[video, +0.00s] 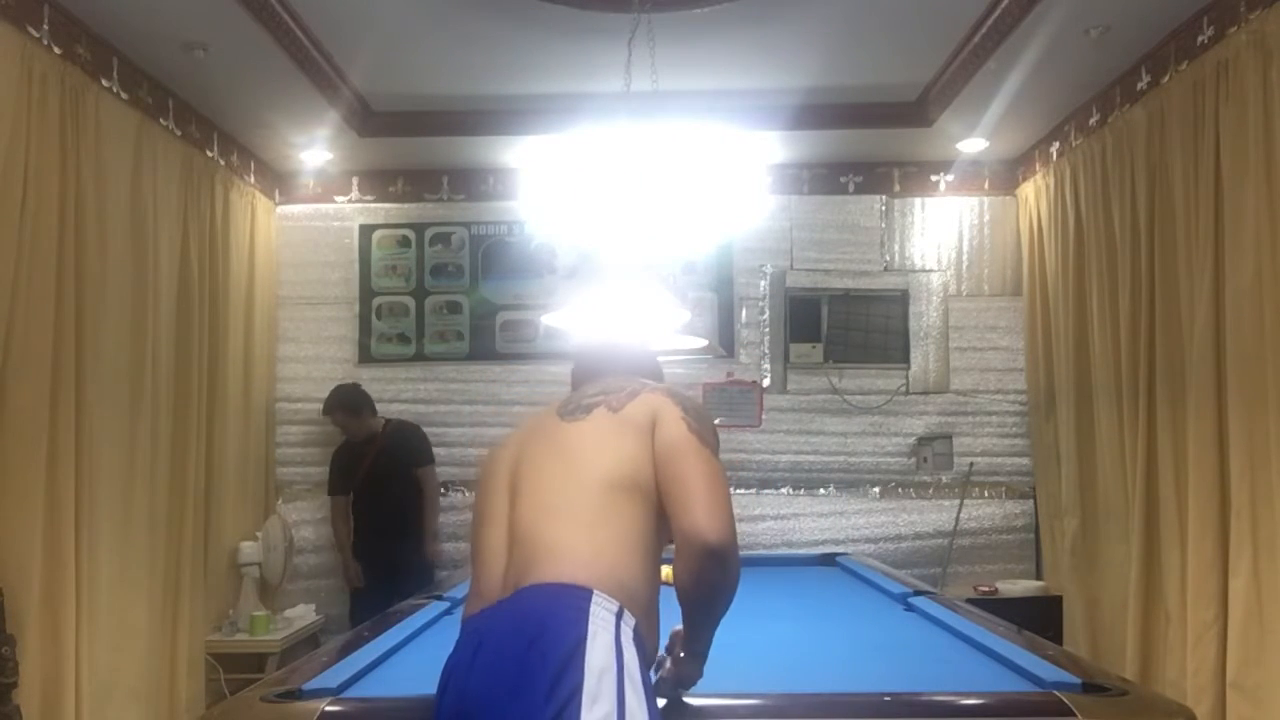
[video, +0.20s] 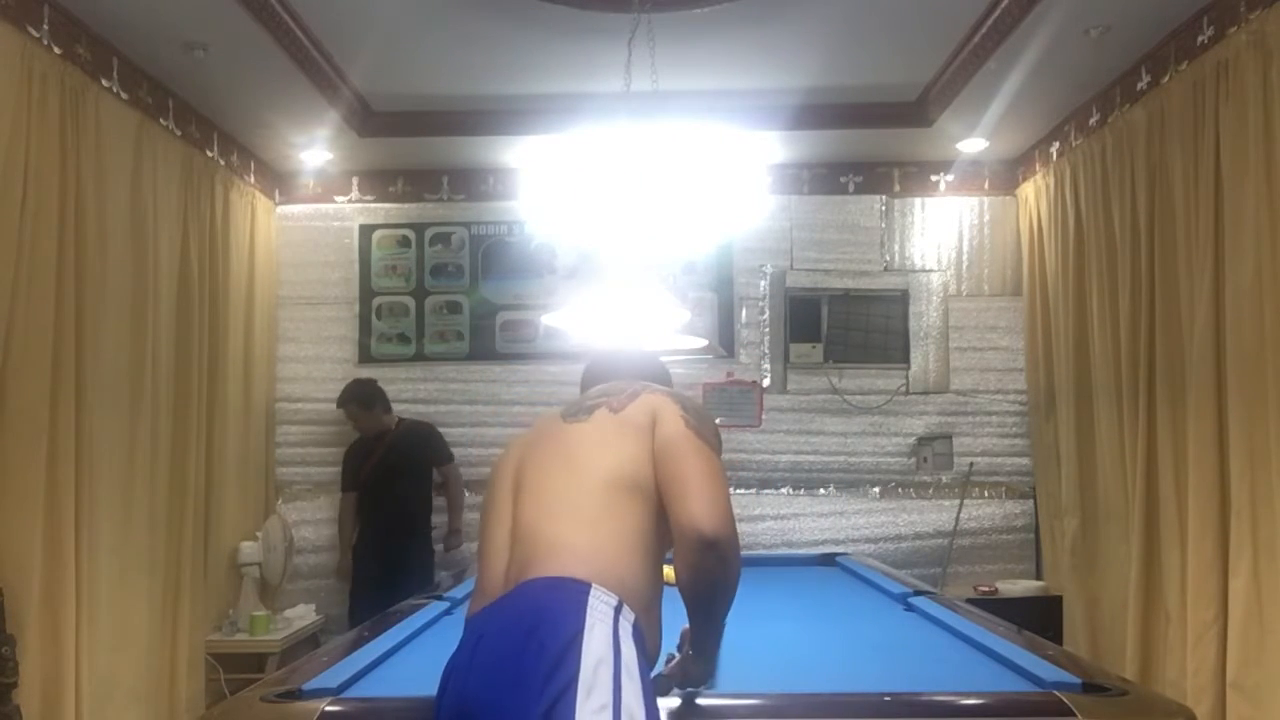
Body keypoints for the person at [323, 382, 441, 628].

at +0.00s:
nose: (342, 432)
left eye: (343, 425)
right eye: (338, 426)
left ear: (361, 413)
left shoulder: (407, 435)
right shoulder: (344, 455)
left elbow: (431, 489)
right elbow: (340, 513)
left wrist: (430, 541)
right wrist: (348, 560)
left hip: (411, 554)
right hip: (369, 558)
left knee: (415, 629)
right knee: (368, 633)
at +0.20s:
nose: (353, 426)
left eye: (354, 418)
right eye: (350, 420)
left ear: (373, 408)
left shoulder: (423, 434)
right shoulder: (356, 451)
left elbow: (453, 478)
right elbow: (348, 507)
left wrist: (454, 530)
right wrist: (345, 555)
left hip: (413, 553)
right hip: (370, 555)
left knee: (414, 627)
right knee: (366, 630)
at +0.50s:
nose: (375, 419)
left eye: (379, 411)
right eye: (371, 413)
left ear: (399, 403)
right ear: (368, 410)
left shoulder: (435, 438)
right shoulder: (368, 449)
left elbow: (457, 488)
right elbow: (351, 499)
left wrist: (448, 537)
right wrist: (346, 549)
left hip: (421, 553)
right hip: (376, 554)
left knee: (422, 628)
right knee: (363, 631)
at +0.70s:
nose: (382, 413)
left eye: (387, 405)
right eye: (376, 407)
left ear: (404, 400)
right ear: (369, 408)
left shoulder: (432, 439)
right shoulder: (363, 444)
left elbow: (455, 484)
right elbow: (337, 487)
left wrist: (450, 533)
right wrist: (345, 534)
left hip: (420, 550)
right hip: (375, 551)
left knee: (421, 627)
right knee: (366, 630)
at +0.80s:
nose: (390, 409)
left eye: (395, 401)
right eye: (382, 404)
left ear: (407, 400)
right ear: (371, 407)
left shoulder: (428, 439)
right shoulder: (358, 442)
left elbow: (448, 480)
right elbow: (327, 481)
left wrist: (447, 527)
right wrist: (341, 523)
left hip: (417, 548)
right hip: (373, 550)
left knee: (418, 624)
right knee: (367, 629)